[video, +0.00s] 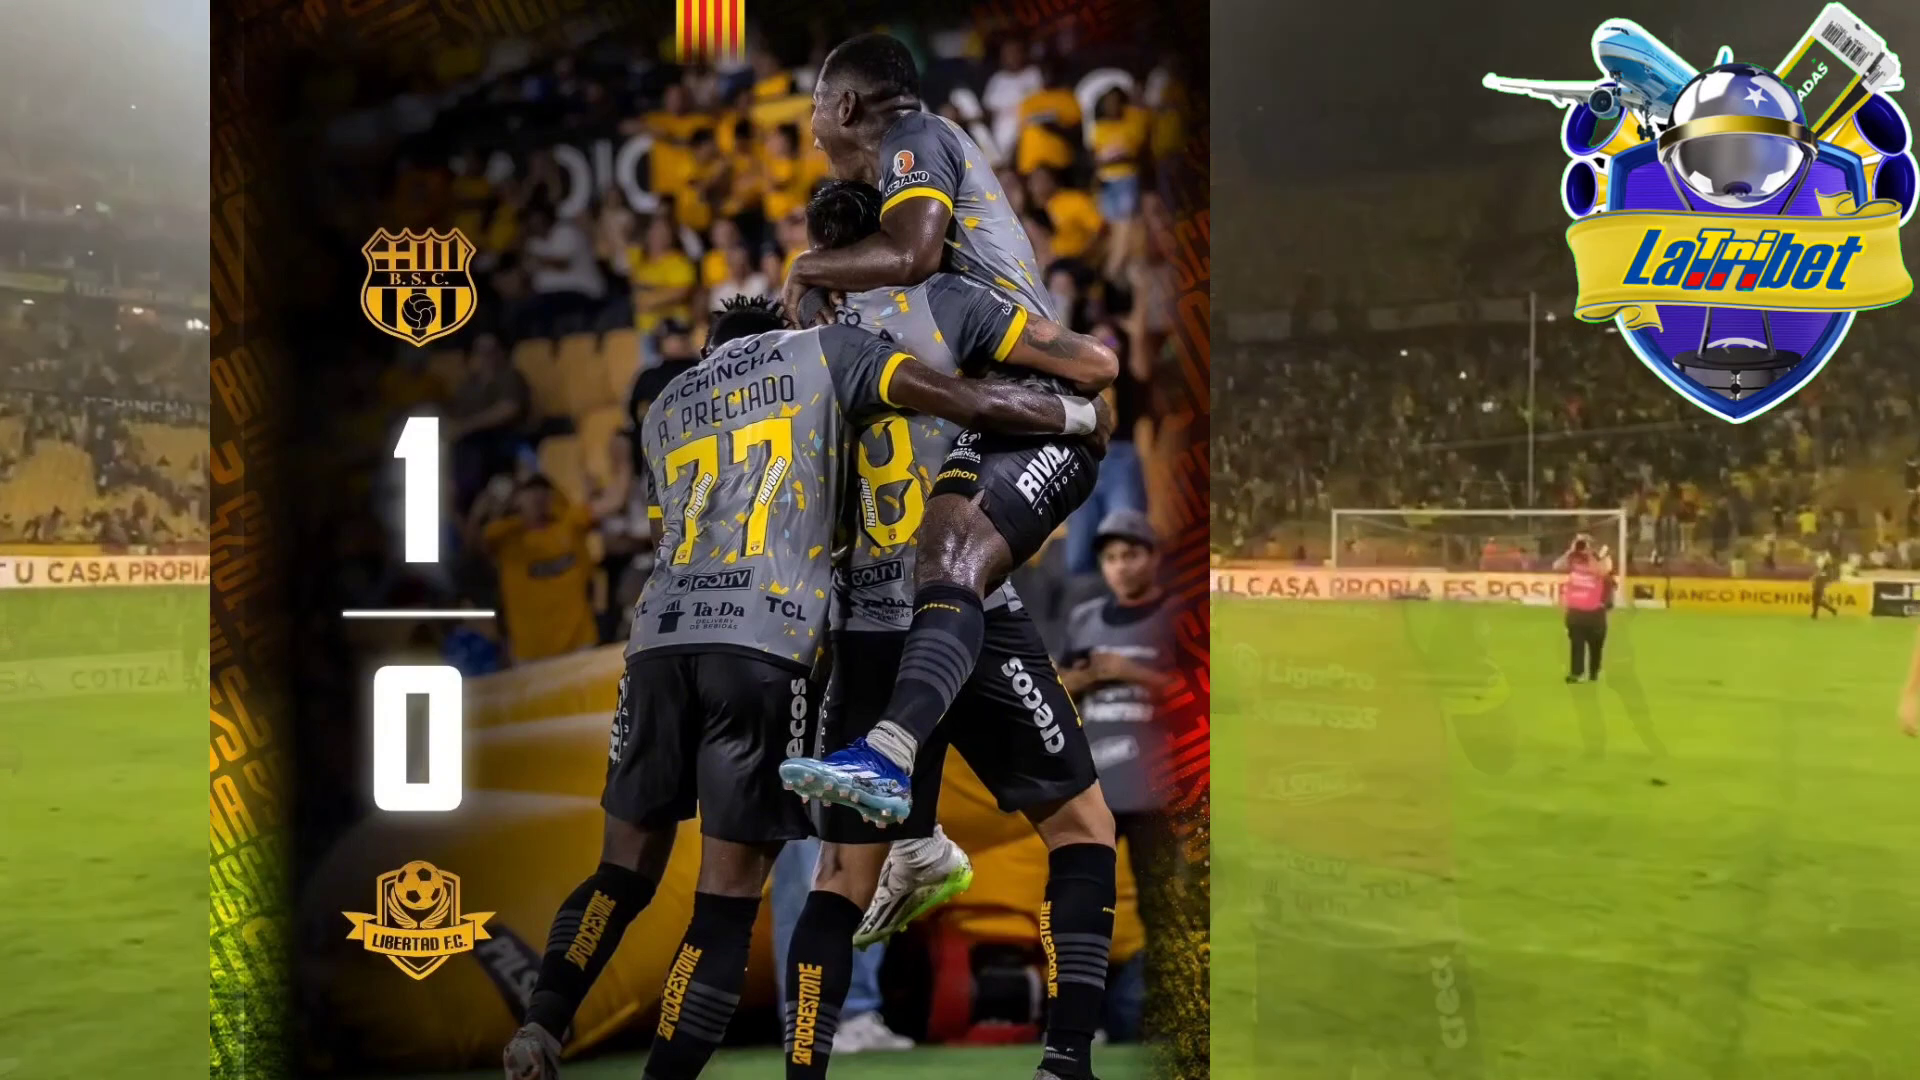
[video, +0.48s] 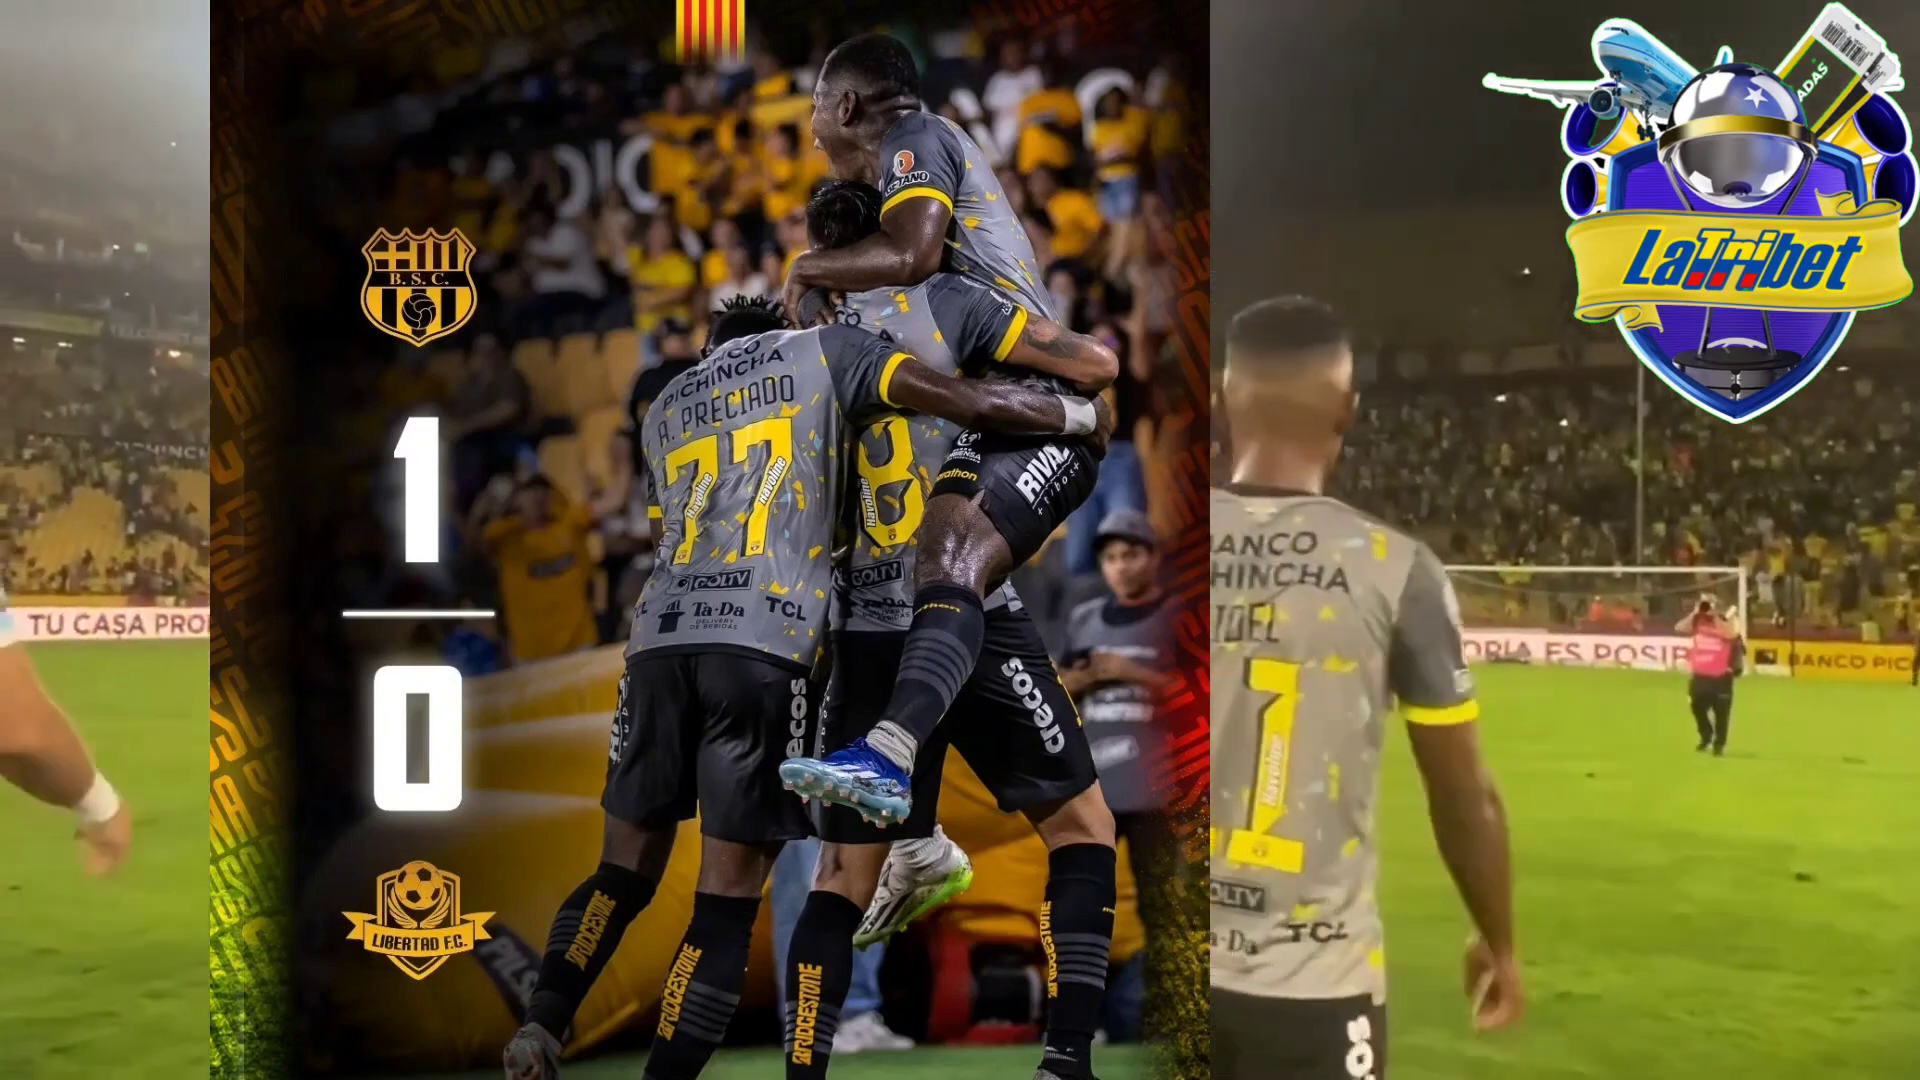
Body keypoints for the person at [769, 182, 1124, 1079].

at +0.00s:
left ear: (819, 253)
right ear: (898, 236)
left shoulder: (798, 332)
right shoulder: (949, 296)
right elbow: (1089, 367)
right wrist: (1078, 351)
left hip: (852, 617)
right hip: (964, 613)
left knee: (849, 860)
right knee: (1081, 825)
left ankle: (801, 1063)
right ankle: (1067, 1059)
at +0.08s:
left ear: (820, 254)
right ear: (900, 239)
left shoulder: (800, 331)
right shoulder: (953, 297)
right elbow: (1092, 366)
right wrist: (1078, 352)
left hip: (852, 618)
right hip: (964, 615)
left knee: (848, 860)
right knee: (1081, 827)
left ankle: (801, 1063)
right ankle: (1068, 1056)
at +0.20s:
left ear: (822, 252)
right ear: (900, 236)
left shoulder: (804, 329)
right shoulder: (950, 295)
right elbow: (1092, 367)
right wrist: (1077, 347)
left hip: (854, 615)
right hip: (964, 614)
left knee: (848, 860)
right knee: (1081, 826)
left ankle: (801, 1064)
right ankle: (1067, 1059)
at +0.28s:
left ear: (820, 254)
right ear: (900, 238)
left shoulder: (800, 331)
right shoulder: (953, 297)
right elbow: (1093, 366)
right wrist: (1073, 350)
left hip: (853, 618)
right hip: (965, 615)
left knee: (848, 860)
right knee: (1081, 826)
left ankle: (801, 1064)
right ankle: (1067, 1056)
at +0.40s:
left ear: (821, 254)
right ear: (899, 238)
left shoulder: (801, 331)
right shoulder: (953, 297)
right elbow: (1092, 366)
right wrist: (1072, 351)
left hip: (851, 619)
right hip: (963, 615)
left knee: (848, 861)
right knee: (1081, 826)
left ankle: (802, 1063)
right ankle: (1067, 1057)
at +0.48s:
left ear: (822, 254)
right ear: (900, 238)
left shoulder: (803, 332)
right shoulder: (952, 296)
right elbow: (1093, 367)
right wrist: (1085, 349)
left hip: (853, 618)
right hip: (964, 616)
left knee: (848, 861)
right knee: (1081, 827)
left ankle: (801, 1064)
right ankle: (1067, 1056)